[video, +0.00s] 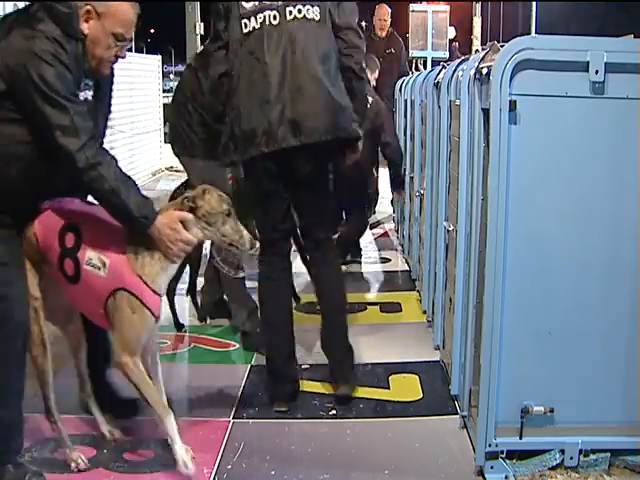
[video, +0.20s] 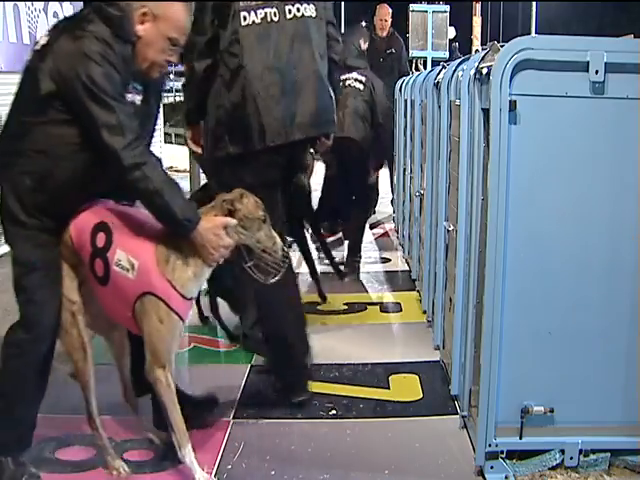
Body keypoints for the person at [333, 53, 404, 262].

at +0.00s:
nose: (377, 79)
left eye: (376, 75)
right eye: (376, 75)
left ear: (360, 72)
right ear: (371, 75)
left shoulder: (336, 97)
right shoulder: (375, 104)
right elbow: (389, 144)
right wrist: (397, 181)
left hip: (335, 164)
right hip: (360, 167)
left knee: (344, 211)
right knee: (360, 212)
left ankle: (353, 252)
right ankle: (338, 249)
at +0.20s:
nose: (368, 47)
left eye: (366, 43)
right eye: (367, 44)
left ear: (342, 49)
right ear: (363, 48)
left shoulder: (329, 75)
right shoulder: (371, 80)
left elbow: (317, 109)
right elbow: (382, 119)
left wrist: (319, 141)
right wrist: (381, 155)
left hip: (330, 140)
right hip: (357, 141)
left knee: (340, 188)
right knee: (364, 197)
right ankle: (353, 257)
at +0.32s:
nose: (355, 39)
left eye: (346, 35)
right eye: (360, 34)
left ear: (341, 36)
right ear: (362, 36)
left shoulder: (328, 66)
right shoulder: (370, 67)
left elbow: (318, 105)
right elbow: (380, 108)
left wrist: (324, 135)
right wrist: (382, 139)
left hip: (331, 141)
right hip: (361, 141)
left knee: (336, 197)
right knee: (361, 197)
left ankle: (347, 253)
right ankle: (349, 256)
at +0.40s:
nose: (312, 51)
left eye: (313, 44)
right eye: (312, 45)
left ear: (323, 37)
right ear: (342, 35)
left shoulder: (310, 67)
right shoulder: (366, 62)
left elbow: (301, 104)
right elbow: (380, 105)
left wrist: (308, 135)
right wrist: (376, 141)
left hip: (322, 132)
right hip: (355, 132)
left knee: (331, 199)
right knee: (363, 195)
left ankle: (342, 259)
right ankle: (349, 257)